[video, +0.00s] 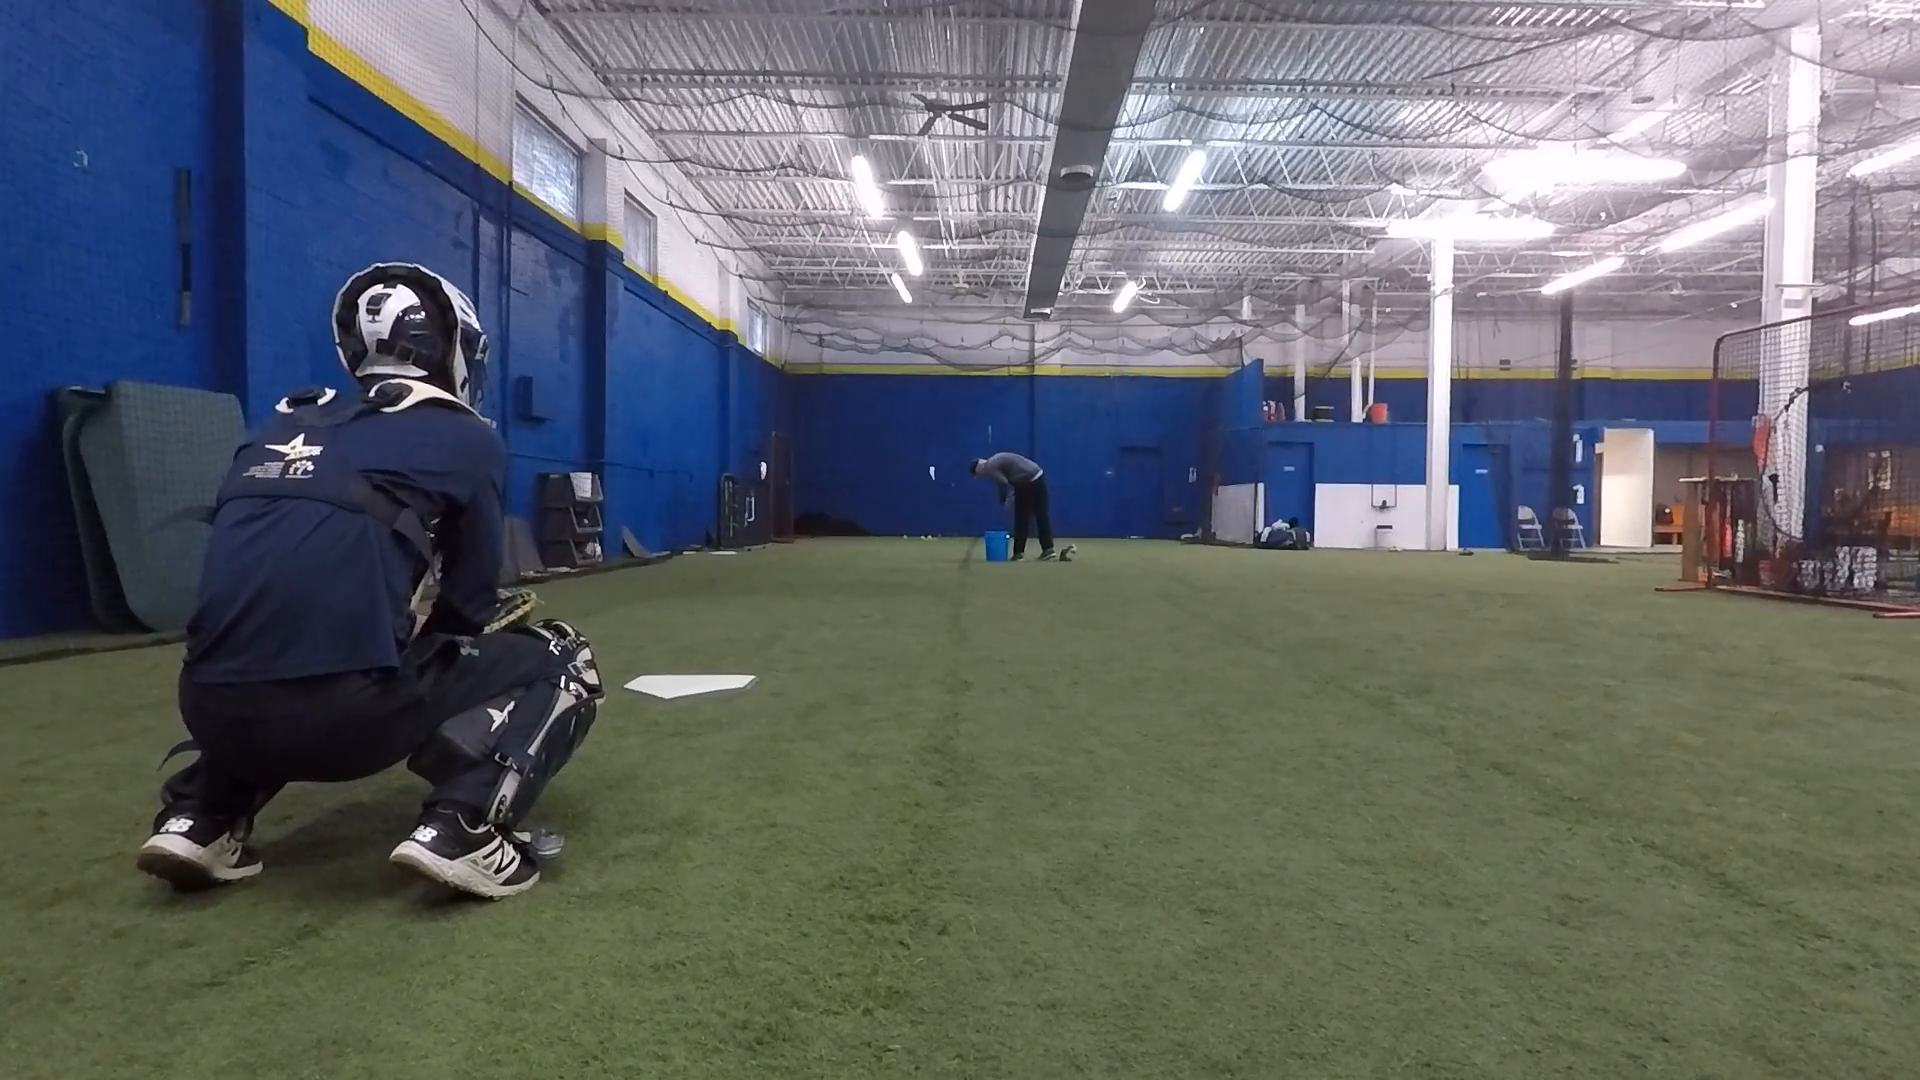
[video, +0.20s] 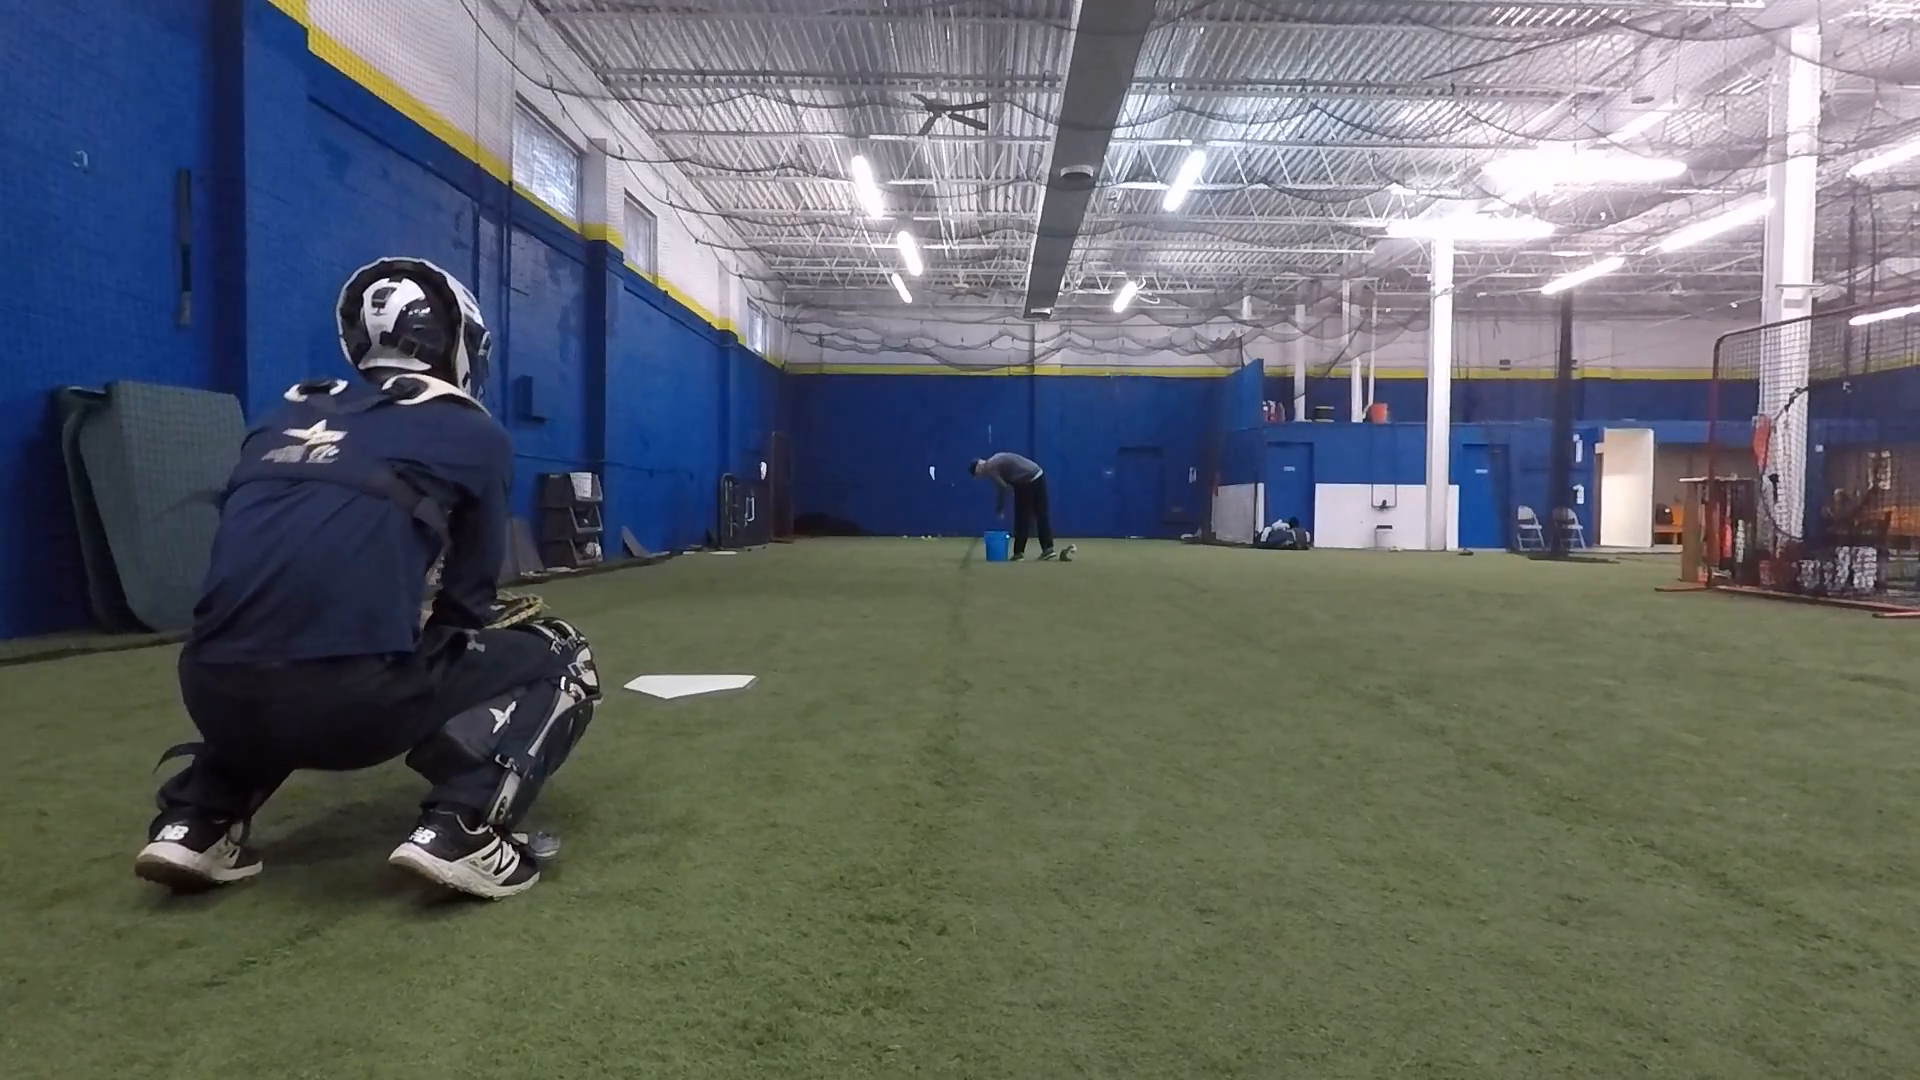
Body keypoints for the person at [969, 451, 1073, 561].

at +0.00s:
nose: (982, 476)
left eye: (979, 474)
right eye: (979, 475)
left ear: (980, 466)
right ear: (982, 463)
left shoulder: (990, 467)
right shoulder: (994, 461)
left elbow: (1004, 483)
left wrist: (1003, 499)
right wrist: (1008, 495)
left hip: (1035, 480)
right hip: (1021, 484)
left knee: (1041, 516)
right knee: (1021, 519)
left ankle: (1048, 549)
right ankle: (1018, 552)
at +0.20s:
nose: (981, 476)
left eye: (978, 474)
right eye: (978, 475)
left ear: (980, 465)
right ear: (981, 463)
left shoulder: (991, 467)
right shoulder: (992, 465)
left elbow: (1004, 487)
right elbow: (1002, 489)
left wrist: (1000, 510)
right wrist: (1000, 510)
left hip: (1035, 479)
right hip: (1021, 484)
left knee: (1041, 516)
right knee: (1021, 519)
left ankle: (1048, 549)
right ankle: (1018, 552)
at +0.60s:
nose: (982, 483)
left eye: (980, 480)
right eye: (979, 482)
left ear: (980, 473)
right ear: (981, 473)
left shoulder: (994, 471)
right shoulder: (992, 475)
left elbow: (998, 502)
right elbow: (998, 502)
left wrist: (998, 526)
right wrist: (998, 526)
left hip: (1036, 480)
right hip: (1021, 485)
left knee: (1042, 516)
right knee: (1020, 519)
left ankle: (1048, 549)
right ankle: (1018, 552)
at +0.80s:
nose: (983, 489)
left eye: (981, 486)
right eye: (981, 487)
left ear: (981, 479)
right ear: (982, 476)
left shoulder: (992, 479)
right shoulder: (992, 476)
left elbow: (997, 506)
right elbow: (997, 506)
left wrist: (998, 531)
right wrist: (999, 531)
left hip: (1036, 480)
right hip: (1021, 485)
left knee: (1043, 516)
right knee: (1020, 519)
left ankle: (1049, 548)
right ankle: (1018, 552)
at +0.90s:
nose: (984, 491)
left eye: (982, 488)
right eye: (981, 490)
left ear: (982, 480)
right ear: (982, 478)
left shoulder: (993, 480)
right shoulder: (992, 479)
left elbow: (998, 507)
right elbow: (997, 507)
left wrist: (998, 531)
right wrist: (999, 531)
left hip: (1037, 481)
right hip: (1022, 486)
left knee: (1044, 517)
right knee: (1020, 519)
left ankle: (1049, 549)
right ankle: (1018, 552)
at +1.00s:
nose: (985, 492)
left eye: (982, 490)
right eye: (982, 491)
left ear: (982, 482)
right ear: (982, 480)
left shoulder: (993, 480)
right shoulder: (993, 478)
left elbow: (997, 506)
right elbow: (997, 507)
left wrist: (998, 531)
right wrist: (999, 531)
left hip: (1036, 480)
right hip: (1021, 486)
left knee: (1044, 516)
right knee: (1020, 520)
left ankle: (1049, 549)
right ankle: (1018, 552)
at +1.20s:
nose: (982, 480)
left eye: (980, 478)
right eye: (979, 479)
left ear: (981, 472)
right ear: (981, 471)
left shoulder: (993, 472)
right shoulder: (992, 469)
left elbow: (997, 499)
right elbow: (997, 500)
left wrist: (997, 523)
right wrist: (997, 523)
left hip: (1036, 481)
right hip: (1021, 485)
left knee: (1041, 517)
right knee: (1020, 520)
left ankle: (1049, 548)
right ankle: (1018, 552)